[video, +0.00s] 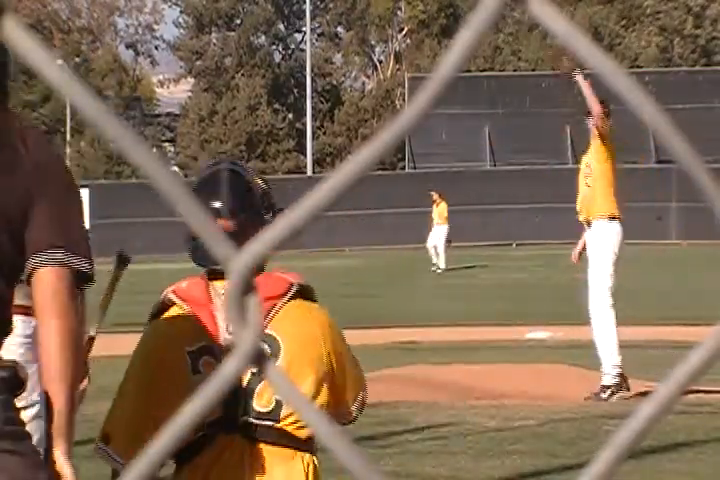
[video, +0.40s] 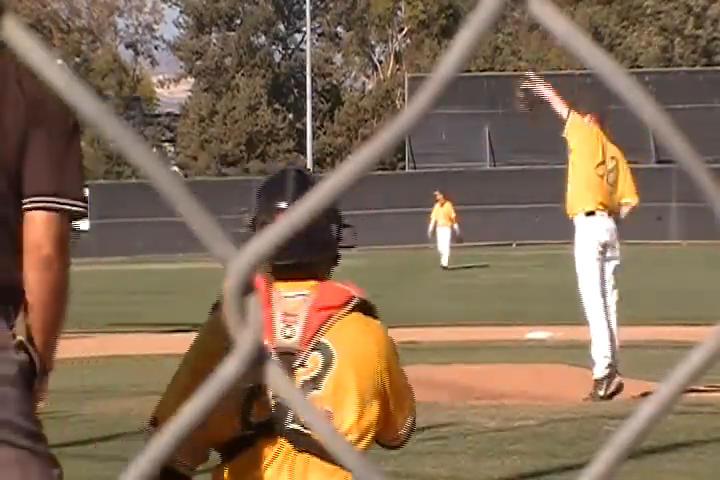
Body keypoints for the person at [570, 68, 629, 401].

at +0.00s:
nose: (592, 121)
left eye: (597, 118)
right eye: (593, 117)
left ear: (602, 123)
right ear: (592, 124)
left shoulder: (600, 148)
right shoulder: (590, 158)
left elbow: (598, 112)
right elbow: (591, 206)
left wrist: (581, 80)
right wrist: (582, 240)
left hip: (605, 226)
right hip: (596, 228)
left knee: (600, 299)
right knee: (597, 299)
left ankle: (612, 373)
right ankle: (610, 372)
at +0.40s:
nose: (573, 119)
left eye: (577, 115)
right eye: (574, 115)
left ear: (590, 118)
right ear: (602, 121)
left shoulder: (584, 133)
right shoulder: (615, 152)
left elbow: (561, 110)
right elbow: (630, 199)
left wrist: (547, 91)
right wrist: (609, 221)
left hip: (588, 223)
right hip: (610, 225)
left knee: (592, 296)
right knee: (608, 296)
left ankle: (603, 370)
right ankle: (609, 366)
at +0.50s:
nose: (580, 126)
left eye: (581, 122)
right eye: (581, 123)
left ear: (586, 122)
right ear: (603, 125)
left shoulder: (576, 133)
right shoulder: (617, 153)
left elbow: (538, 124)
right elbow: (627, 202)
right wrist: (613, 227)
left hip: (586, 224)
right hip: (610, 226)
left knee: (582, 296)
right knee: (607, 296)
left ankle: (599, 366)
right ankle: (611, 366)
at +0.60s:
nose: (579, 132)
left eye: (580, 129)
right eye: (581, 129)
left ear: (584, 128)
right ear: (599, 129)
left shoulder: (572, 145)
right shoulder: (616, 154)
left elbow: (547, 160)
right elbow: (624, 202)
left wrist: (539, 171)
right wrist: (617, 236)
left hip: (582, 225)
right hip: (609, 227)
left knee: (572, 298)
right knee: (606, 300)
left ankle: (591, 364)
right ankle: (610, 365)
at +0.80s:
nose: (566, 143)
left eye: (566, 139)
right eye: (568, 139)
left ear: (566, 139)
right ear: (585, 136)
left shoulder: (557, 164)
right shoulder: (604, 161)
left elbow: (554, 213)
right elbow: (623, 198)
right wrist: (617, 239)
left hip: (570, 233)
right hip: (600, 232)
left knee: (568, 307)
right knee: (605, 305)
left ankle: (561, 375)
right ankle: (609, 367)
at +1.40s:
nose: (557, 142)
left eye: (555, 139)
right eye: (567, 137)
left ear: (552, 139)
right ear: (573, 136)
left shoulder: (542, 161)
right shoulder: (586, 155)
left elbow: (526, 208)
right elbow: (595, 197)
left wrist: (549, 216)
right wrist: (596, 225)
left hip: (551, 229)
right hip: (579, 228)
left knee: (557, 305)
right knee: (579, 301)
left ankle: (561, 367)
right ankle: (577, 357)